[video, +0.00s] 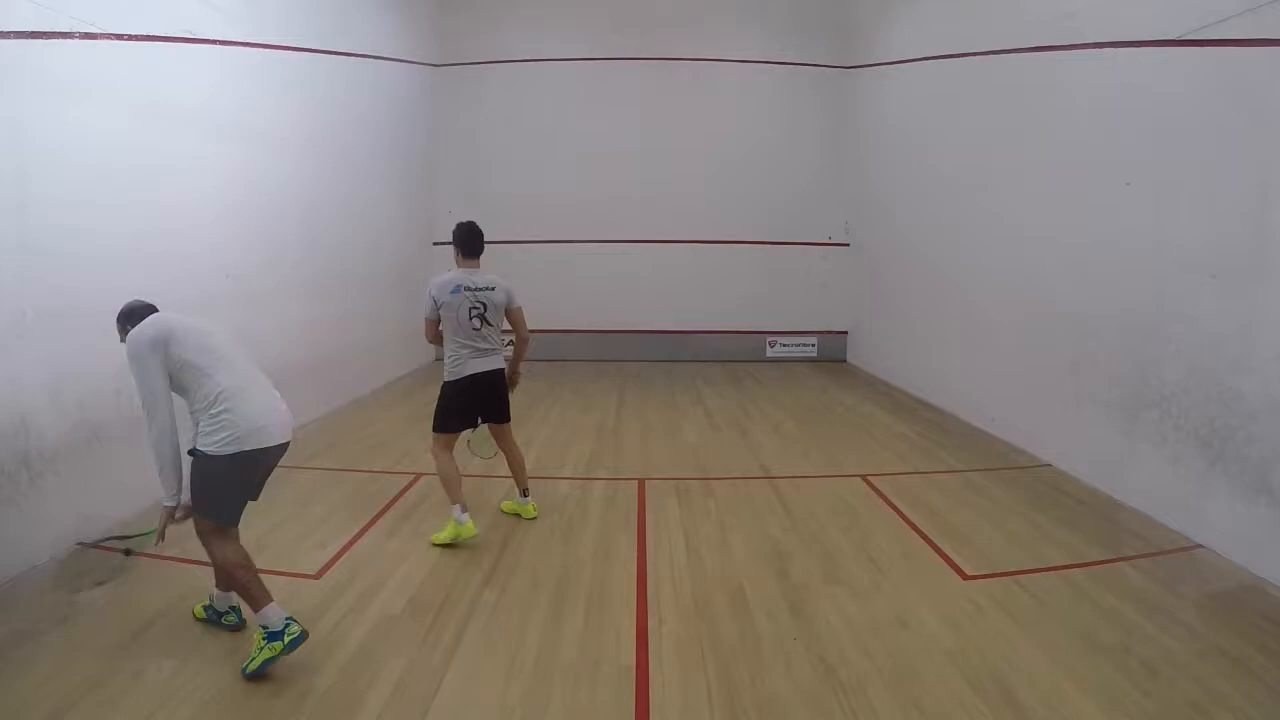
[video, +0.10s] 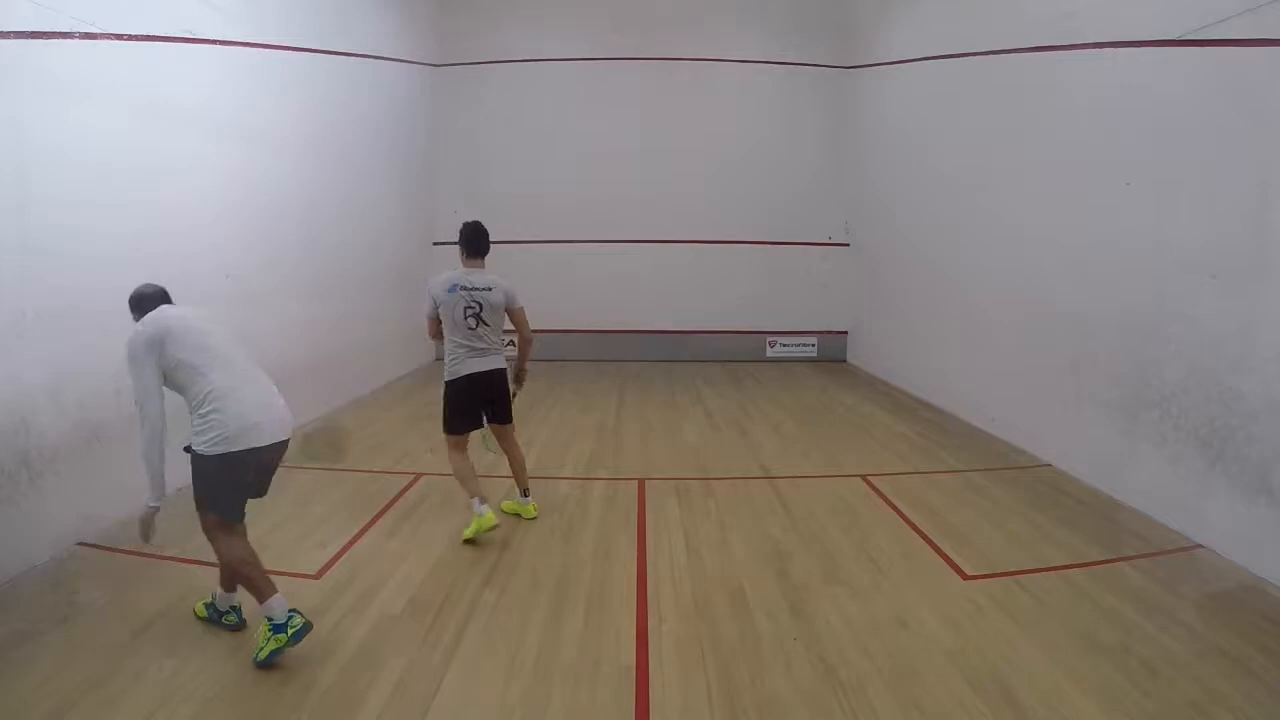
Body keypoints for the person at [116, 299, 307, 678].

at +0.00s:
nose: (126, 346)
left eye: (124, 340)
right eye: (123, 342)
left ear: (128, 329)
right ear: (155, 313)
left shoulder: (142, 338)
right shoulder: (191, 329)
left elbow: (160, 424)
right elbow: (207, 420)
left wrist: (170, 499)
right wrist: (193, 495)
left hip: (230, 439)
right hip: (274, 428)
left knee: (213, 530)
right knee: (218, 521)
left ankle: (277, 626)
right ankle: (224, 605)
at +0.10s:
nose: (135, 323)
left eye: (133, 318)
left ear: (136, 314)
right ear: (169, 302)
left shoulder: (144, 335)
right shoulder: (202, 319)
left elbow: (152, 421)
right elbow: (235, 378)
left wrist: (154, 498)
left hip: (225, 438)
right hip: (274, 428)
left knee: (219, 527)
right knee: (230, 517)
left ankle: (282, 617)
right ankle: (225, 604)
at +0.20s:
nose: (154, 296)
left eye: (153, 292)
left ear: (156, 293)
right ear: (195, 280)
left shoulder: (152, 330)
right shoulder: (232, 304)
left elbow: (144, 415)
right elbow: (286, 346)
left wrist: (138, 491)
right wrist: (320, 387)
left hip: (219, 444)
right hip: (274, 434)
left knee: (225, 533)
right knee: (236, 516)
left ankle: (287, 620)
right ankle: (227, 604)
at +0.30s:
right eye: (215, 262)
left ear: (176, 276)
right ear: (216, 265)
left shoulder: (164, 320)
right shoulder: (254, 292)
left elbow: (145, 405)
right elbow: (319, 310)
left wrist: (142, 473)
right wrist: (345, 362)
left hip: (222, 449)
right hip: (277, 440)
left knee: (230, 539)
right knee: (244, 519)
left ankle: (288, 637)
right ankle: (228, 603)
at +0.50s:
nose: (250, 246)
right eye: (250, 238)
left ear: (206, 250)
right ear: (248, 241)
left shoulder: (190, 300)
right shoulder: (280, 281)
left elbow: (169, 385)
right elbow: (329, 335)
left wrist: (171, 428)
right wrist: (369, 397)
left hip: (246, 444)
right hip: (305, 435)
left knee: (257, 549)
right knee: (274, 517)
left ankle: (301, 650)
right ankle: (254, 595)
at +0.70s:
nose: (296, 228)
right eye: (296, 220)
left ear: (250, 230)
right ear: (294, 224)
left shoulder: (226, 280)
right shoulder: (325, 272)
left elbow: (204, 362)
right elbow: (354, 346)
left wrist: (203, 436)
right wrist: (380, 412)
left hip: (280, 431)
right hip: (339, 423)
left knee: (276, 535)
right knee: (328, 497)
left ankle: (300, 647)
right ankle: (373, 594)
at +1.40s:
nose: (374, 237)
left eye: (382, 230)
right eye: (374, 230)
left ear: (408, 231)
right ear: (413, 235)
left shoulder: (400, 270)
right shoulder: (455, 267)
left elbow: (424, 324)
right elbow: (490, 331)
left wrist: (414, 402)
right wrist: (504, 384)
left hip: (446, 409)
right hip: (484, 401)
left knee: (459, 509)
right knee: (466, 476)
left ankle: (505, 597)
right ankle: (516, 546)